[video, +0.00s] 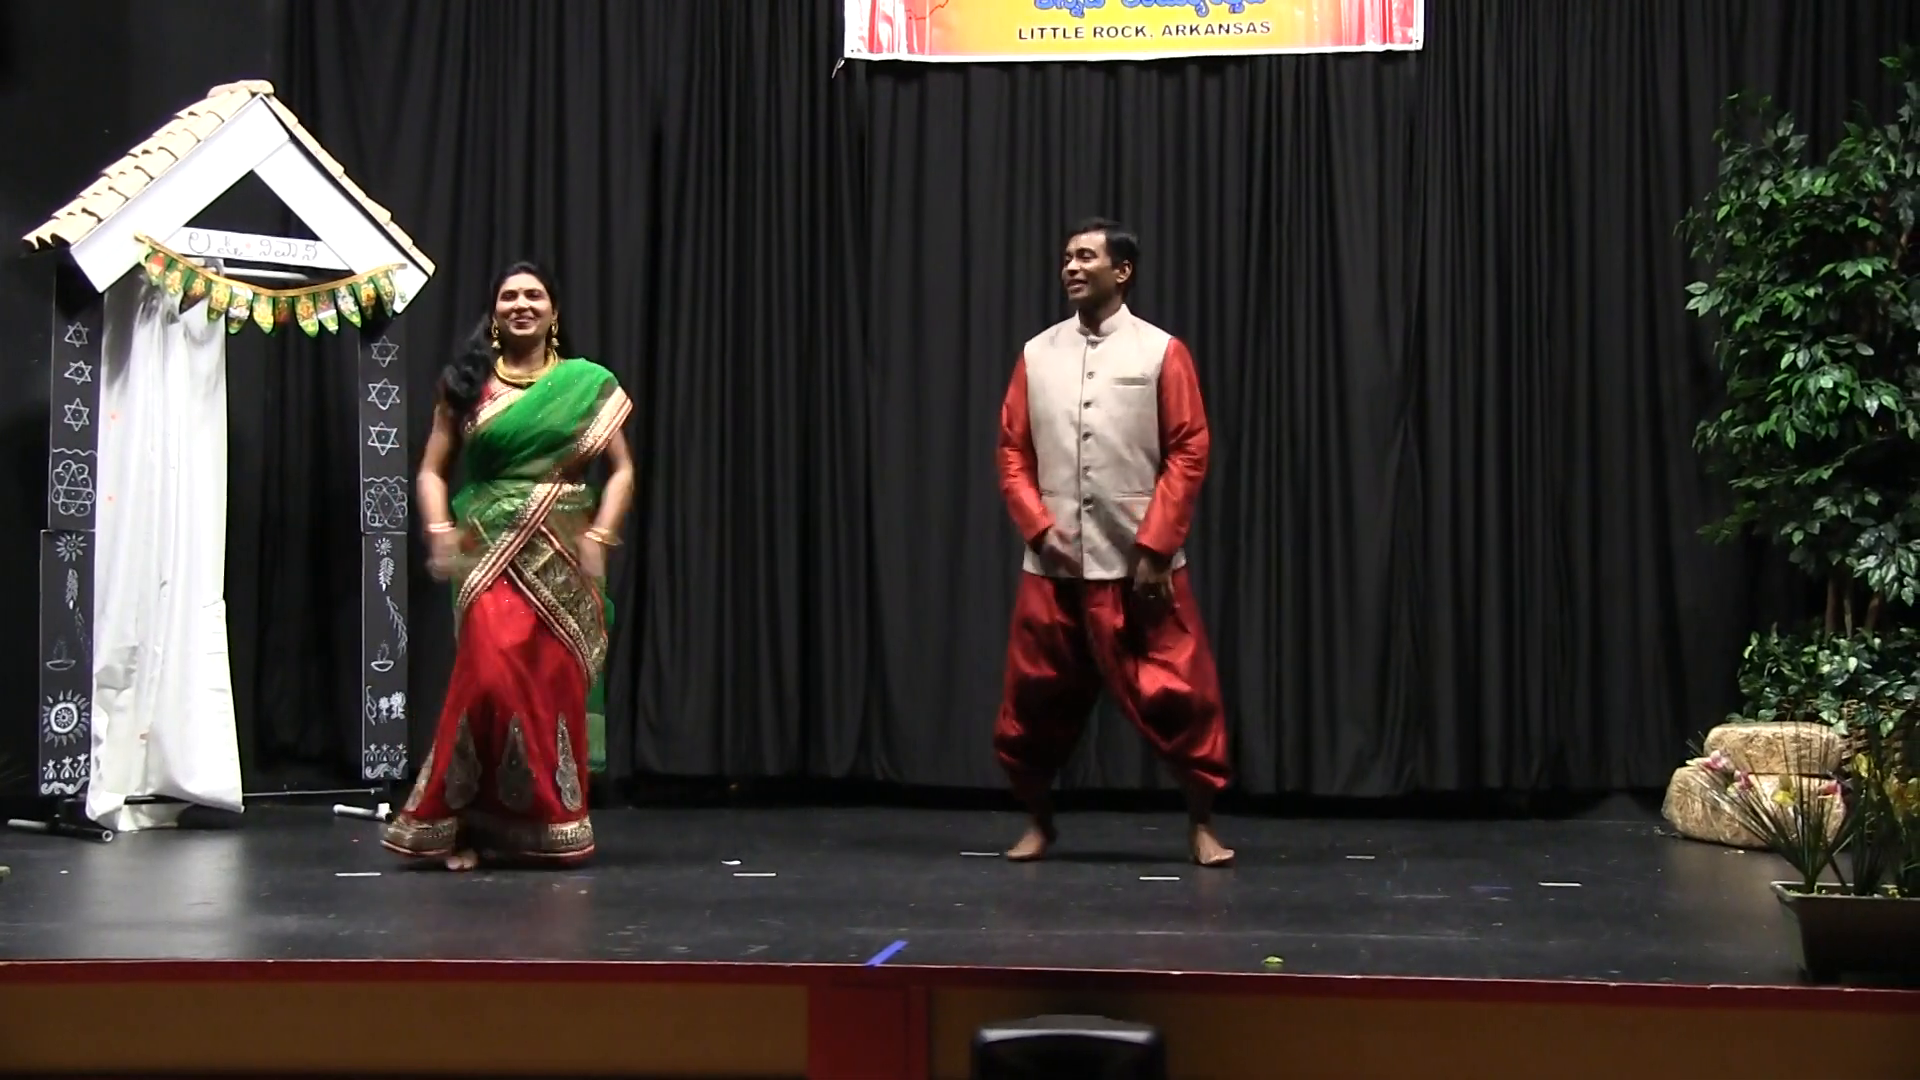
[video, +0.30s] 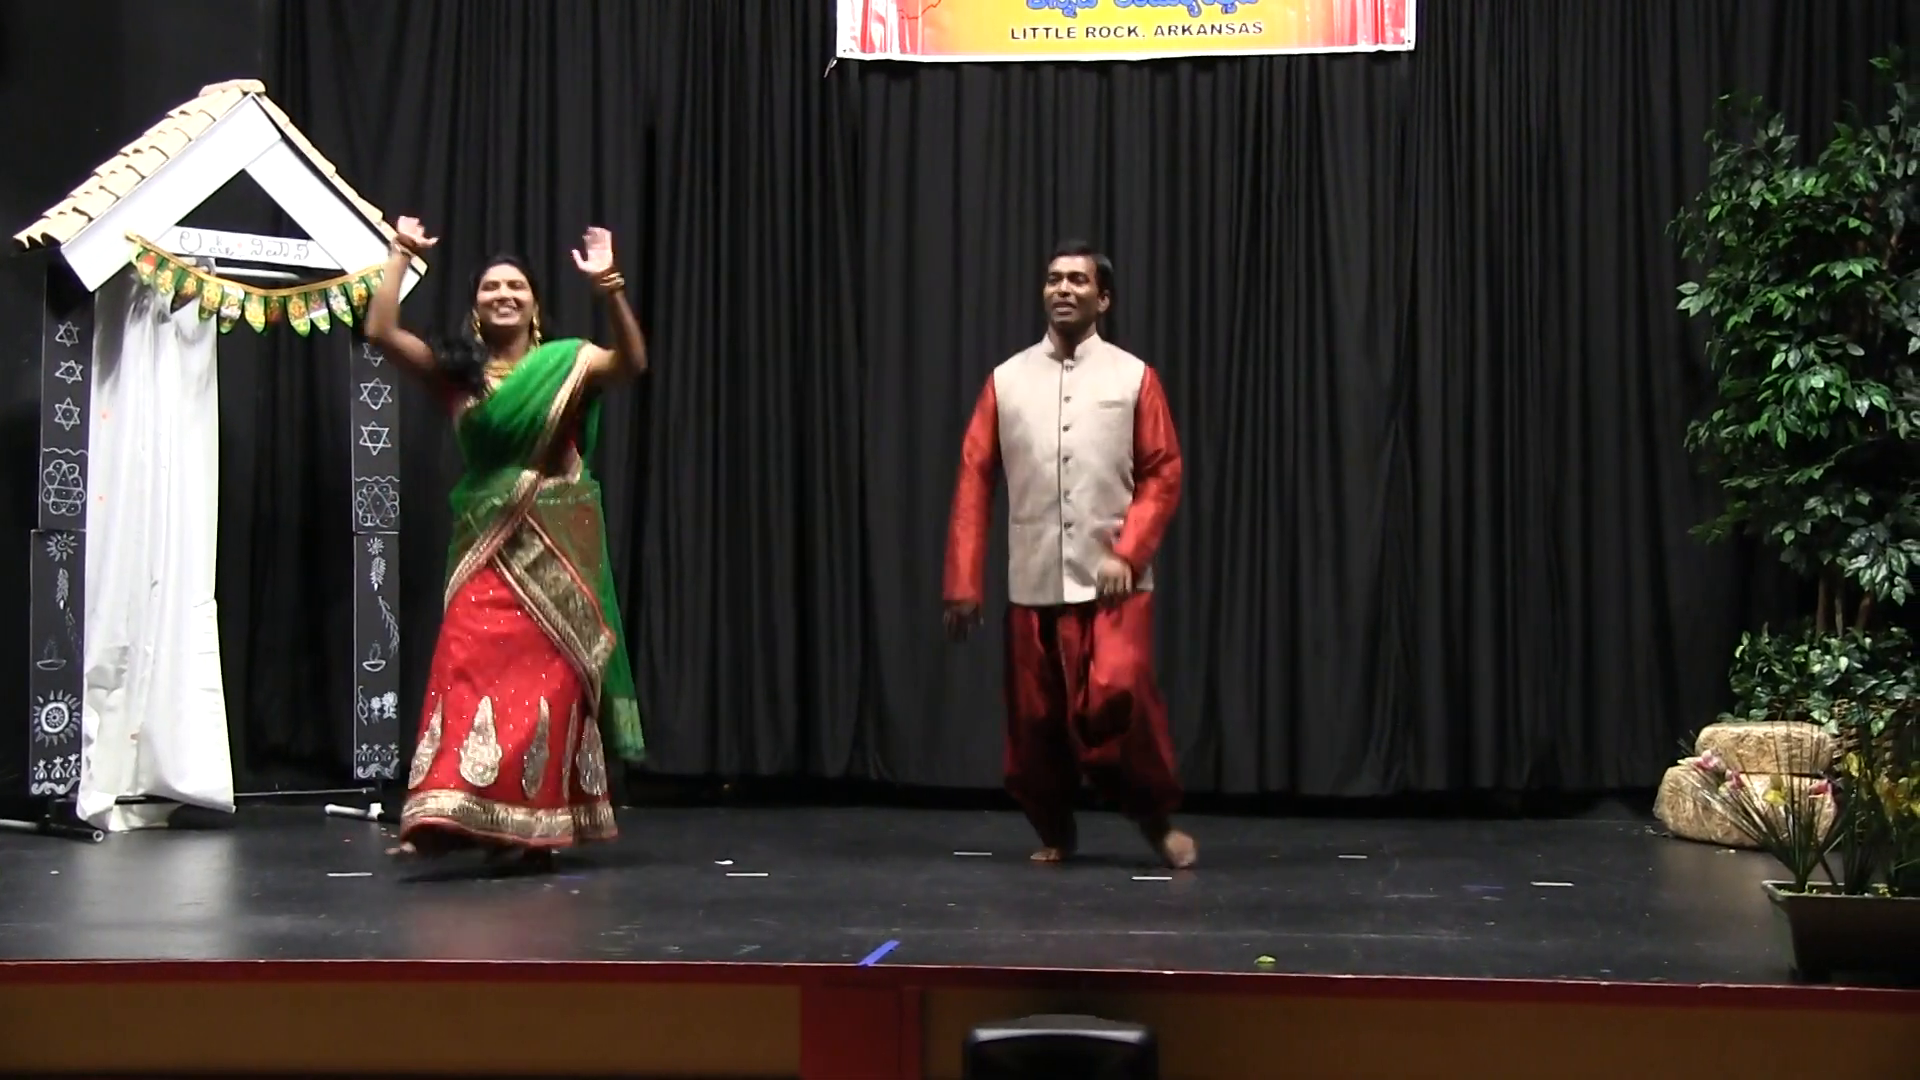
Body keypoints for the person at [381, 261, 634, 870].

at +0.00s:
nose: (521, 305)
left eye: (533, 296)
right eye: (510, 297)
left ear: (552, 310)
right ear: (493, 312)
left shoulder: (582, 382)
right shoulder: (469, 380)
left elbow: (621, 467)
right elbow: (431, 469)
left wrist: (600, 534)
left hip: (563, 545)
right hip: (490, 543)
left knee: (554, 681)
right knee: (492, 675)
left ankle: (542, 828)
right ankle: (461, 831)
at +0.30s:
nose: (503, 296)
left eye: (516, 288)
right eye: (491, 289)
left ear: (535, 307)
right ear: (475, 308)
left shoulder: (568, 359)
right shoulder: (459, 372)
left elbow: (632, 364)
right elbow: (380, 331)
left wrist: (609, 288)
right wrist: (401, 255)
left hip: (560, 531)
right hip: (485, 531)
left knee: (553, 668)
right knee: (462, 654)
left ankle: (538, 827)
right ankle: (447, 810)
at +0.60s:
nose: (480, 289)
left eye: (490, 281)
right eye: (467, 281)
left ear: (504, 294)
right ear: (442, 297)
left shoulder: (534, 346)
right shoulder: (418, 363)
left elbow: (634, 368)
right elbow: (321, 368)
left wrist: (634, 438)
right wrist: (362, 301)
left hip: (542, 527)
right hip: (461, 536)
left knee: (602, 657)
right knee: (461, 675)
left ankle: (682, 802)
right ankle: (472, 837)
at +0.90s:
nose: (484, 322)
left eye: (488, 313)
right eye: (470, 314)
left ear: (494, 320)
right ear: (437, 325)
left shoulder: (515, 370)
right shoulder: (407, 387)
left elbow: (609, 397)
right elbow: (317, 363)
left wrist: (585, 470)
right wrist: (375, 314)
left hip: (542, 536)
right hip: (470, 552)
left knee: (591, 664)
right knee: (464, 688)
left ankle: (683, 800)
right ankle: (470, 834)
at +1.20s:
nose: (480, 327)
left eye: (483, 319)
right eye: (464, 319)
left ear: (490, 331)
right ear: (431, 337)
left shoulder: (517, 384)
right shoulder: (406, 403)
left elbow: (606, 433)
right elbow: (316, 441)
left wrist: (592, 514)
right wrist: (345, 376)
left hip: (532, 555)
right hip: (456, 565)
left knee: (568, 681)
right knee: (440, 694)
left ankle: (690, 802)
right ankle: (454, 818)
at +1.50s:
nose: (474, 316)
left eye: (478, 309)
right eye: (458, 308)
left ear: (488, 322)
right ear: (426, 326)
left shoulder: (519, 369)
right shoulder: (409, 396)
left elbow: (608, 419)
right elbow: (313, 424)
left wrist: (589, 503)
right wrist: (341, 356)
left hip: (531, 549)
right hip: (451, 558)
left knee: (573, 671)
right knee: (440, 689)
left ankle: (685, 798)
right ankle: (461, 821)